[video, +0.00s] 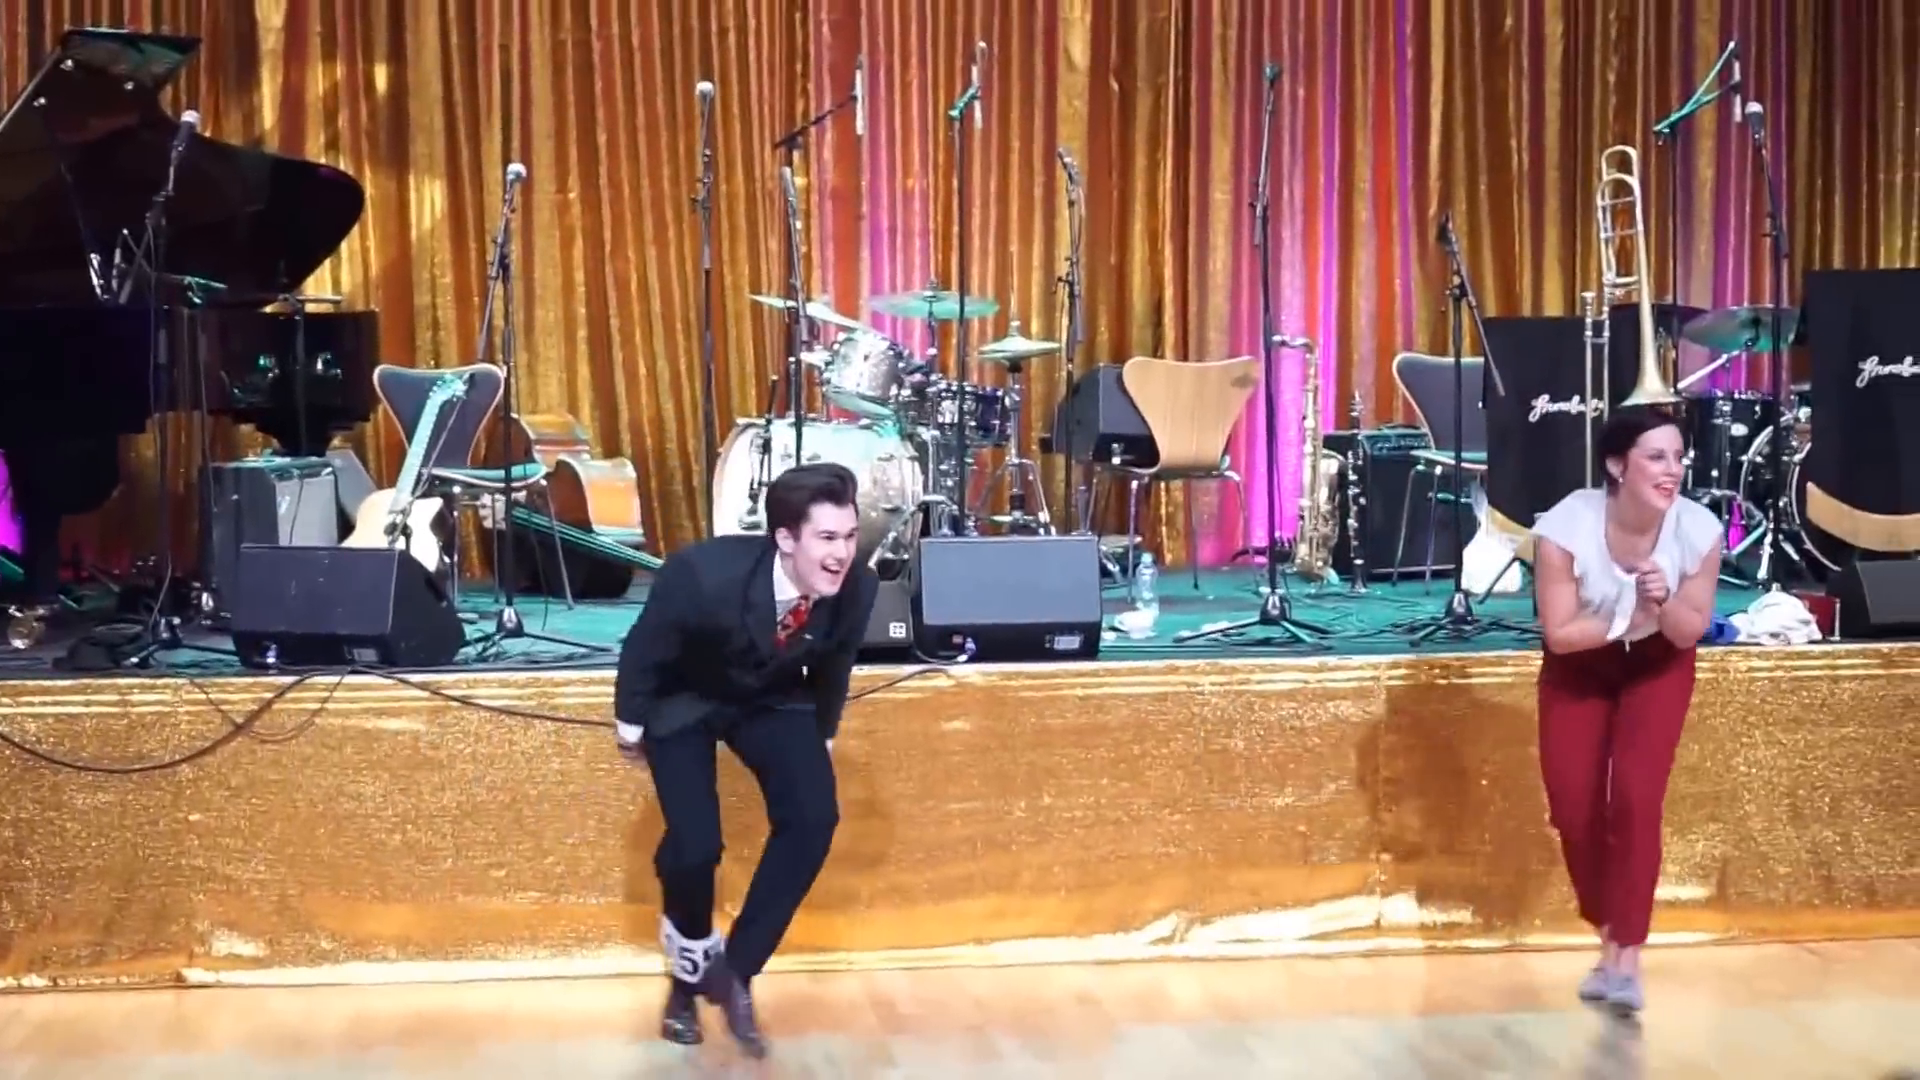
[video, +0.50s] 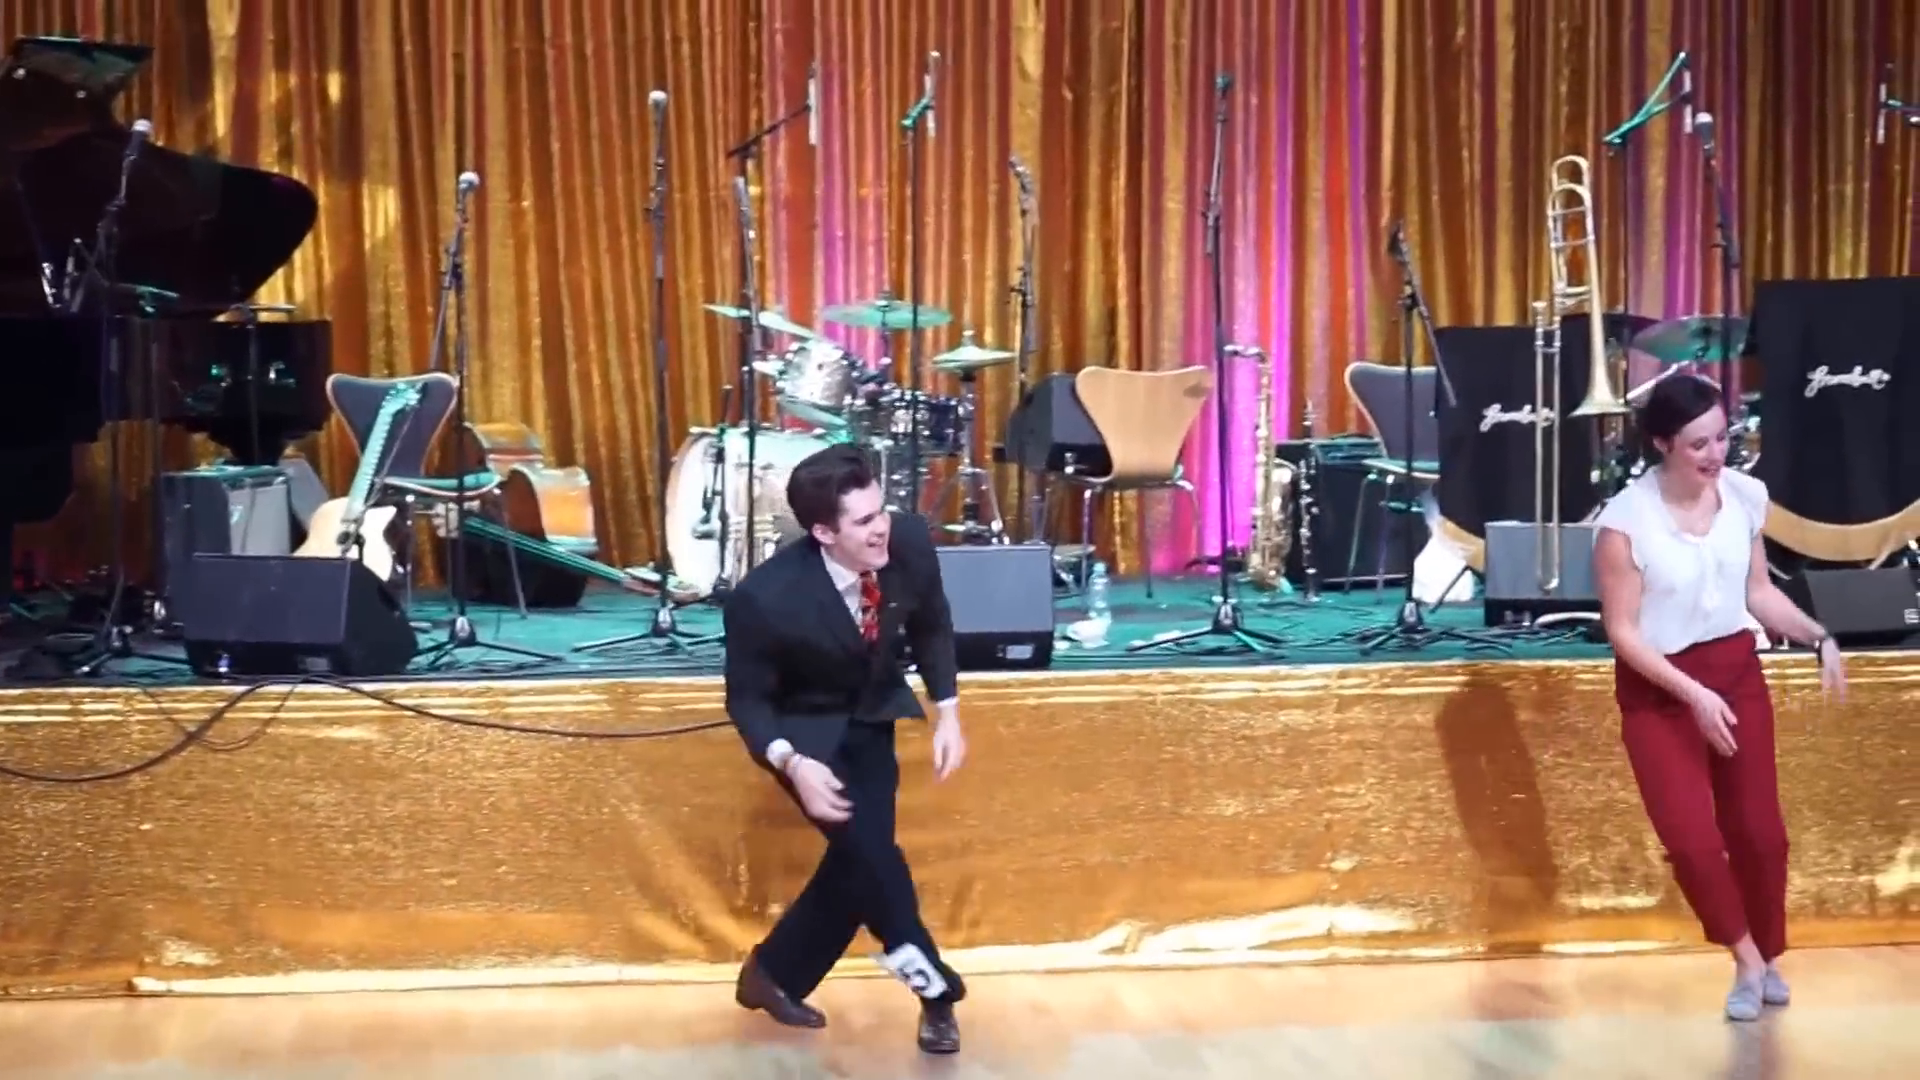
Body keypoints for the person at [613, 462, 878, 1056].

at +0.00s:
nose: (843, 553)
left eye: (850, 536)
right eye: (828, 538)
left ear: (859, 535)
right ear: (784, 540)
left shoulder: (854, 588)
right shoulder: (700, 577)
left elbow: (835, 665)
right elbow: (641, 652)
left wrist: (822, 731)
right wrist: (630, 729)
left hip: (771, 698)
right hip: (681, 699)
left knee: (811, 819)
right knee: (694, 846)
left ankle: (734, 971)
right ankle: (687, 975)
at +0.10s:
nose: (849, 563)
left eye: (855, 547)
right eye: (833, 549)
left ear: (864, 547)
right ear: (789, 554)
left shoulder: (860, 599)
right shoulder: (707, 597)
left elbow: (828, 678)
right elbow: (625, 657)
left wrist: (799, 732)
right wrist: (634, 733)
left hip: (773, 713)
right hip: (687, 712)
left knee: (809, 831)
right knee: (710, 860)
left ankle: (812, 970)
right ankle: (610, 995)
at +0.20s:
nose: (863, 564)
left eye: (866, 549)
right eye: (847, 552)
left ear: (872, 547)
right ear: (803, 560)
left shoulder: (871, 592)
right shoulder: (723, 608)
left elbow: (849, 658)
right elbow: (642, 675)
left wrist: (826, 714)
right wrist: (639, 758)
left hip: (792, 727)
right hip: (707, 727)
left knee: (817, 867)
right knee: (721, 874)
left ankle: (794, 983)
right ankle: (605, 995)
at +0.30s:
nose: (875, 541)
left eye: (877, 524)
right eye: (858, 532)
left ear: (885, 519)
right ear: (813, 541)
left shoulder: (888, 563)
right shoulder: (742, 590)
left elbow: (874, 655)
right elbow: (669, 655)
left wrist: (861, 735)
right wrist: (677, 752)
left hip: (818, 710)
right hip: (733, 706)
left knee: (846, 850)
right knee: (759, 838)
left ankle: (778, 976)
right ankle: (654, 956)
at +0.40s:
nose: (879, 532)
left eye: (880, 515)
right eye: (862, 524)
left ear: (887, 510)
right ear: (819, 536)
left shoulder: (901, 551)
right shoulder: (750, 581)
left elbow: (900, 642)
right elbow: (705, 651)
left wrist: (902, 733)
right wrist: (735, 742)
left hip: (839, 695)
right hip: (765, 699)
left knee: (869, 832)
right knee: (821, 814)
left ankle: (785, 943)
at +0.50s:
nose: (883, 529)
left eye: (882, 512)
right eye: (865, 521)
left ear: (887, 503)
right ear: (822, 532)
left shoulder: (908, 542)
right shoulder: (763, 600)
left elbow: (931, 623)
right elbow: (745, 699)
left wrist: (947, 708)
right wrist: (789, 761)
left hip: (872, 716)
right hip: (798, 726)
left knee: (864, 852)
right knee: (864, 845)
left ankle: (770, 971)